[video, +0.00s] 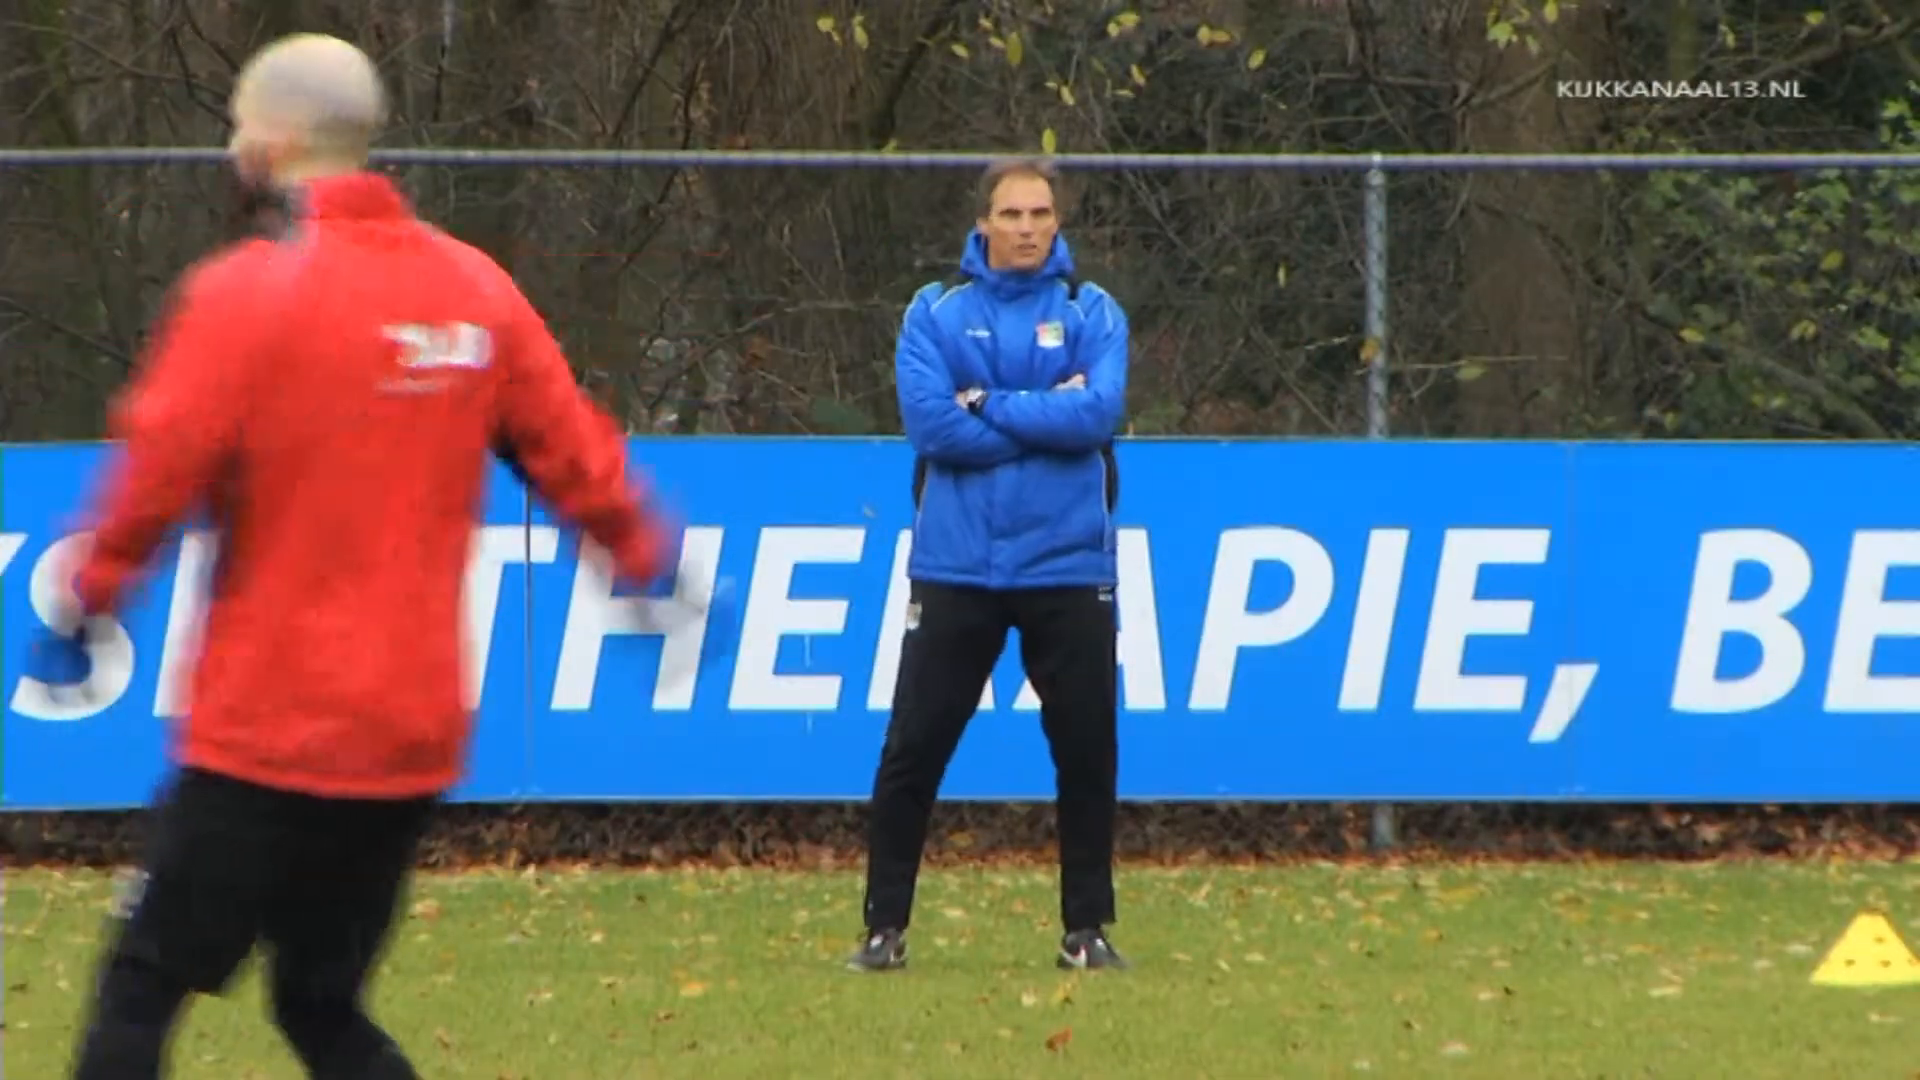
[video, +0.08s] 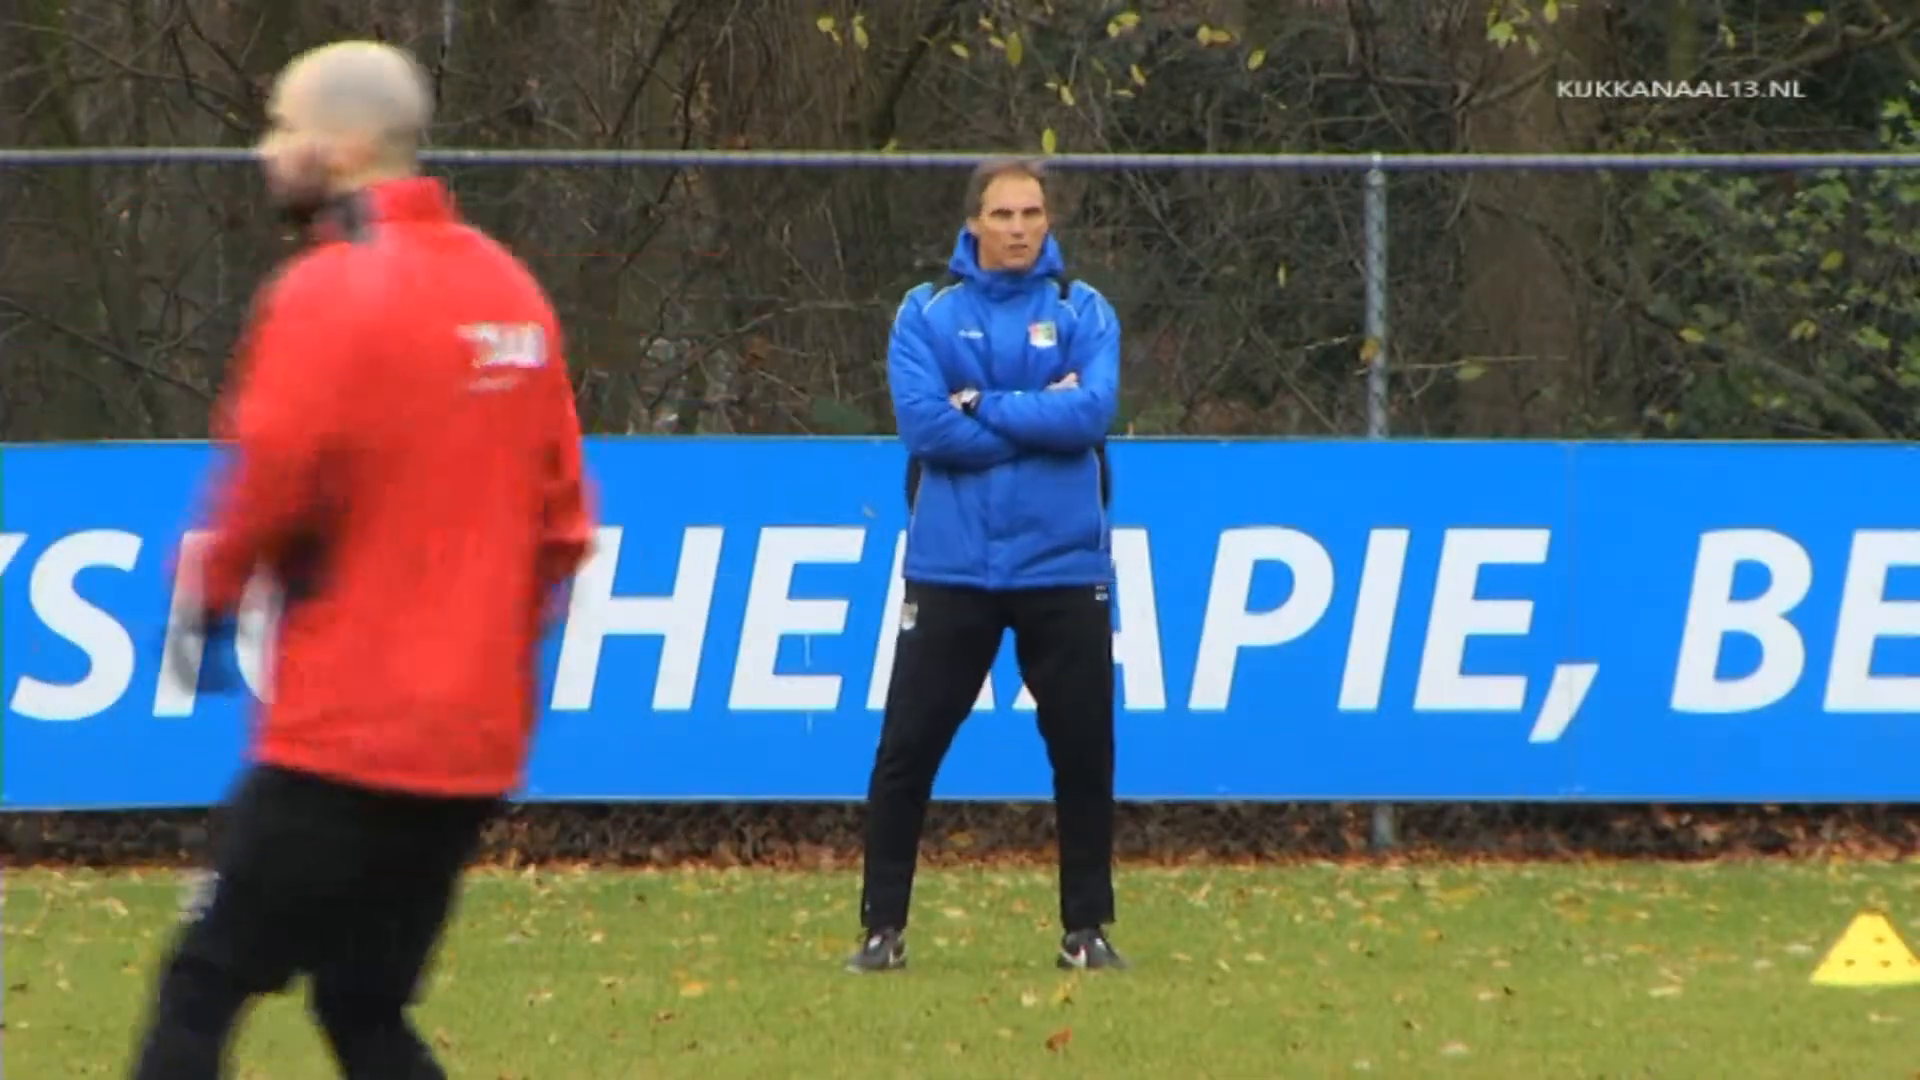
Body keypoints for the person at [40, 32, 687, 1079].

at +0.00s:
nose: (233, 146)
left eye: (241, 127)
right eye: (238, 126)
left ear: (271, 140)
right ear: (363, 138)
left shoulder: (246, 289)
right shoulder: (477, 287)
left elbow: (164, 465)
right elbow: (571, 451)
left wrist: (85, 589)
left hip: (266, 725)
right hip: (413, 727)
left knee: (140, 990)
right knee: (321, 1002)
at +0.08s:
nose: (264, 151)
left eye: (280, 129)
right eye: (268, 128)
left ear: (338, 145)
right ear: (400, 144)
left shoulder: (329, 287)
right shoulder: (511, 286)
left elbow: (275, 476)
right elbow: (563, 523)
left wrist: (209, 586)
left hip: (345, 729)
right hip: (477, 733)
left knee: (203, 985)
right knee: (367, 1007)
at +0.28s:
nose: (411, 106)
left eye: (437, 87)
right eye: (417, 85)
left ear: (518, 108)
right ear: (503, 111)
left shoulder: (556, 244)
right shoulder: (524, 243)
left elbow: (560, 444)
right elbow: (484, 454)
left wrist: (460, 586)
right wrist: (359, 511)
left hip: (549, 671)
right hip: (543, 666)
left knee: (400, 948)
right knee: (450, 965)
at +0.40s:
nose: (532, 108)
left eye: (560, 91)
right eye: (535, 86)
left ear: (640, 117)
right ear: (542, 98)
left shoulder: (701, 262)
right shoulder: (568, 253)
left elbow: (717, 459)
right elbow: (539, 438)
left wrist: (575, 561)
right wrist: (442, 474)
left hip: (651, 683)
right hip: (562, 672)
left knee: (528, 981)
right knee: (495, 977)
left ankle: (661, 1065)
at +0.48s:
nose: (620, 124)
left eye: (648, 108)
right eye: (620, 102)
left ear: (725, 131)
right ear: (623, 113)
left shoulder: (794, 282)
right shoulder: (624, 258)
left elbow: (823, 485)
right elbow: (581, 445)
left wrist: (677, 557)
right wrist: (507, 494)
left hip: (722, 714)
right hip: (608, 703)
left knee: (683, 1010)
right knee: (537, 983)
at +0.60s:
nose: (760, 152)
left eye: (795, 136)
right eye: (758, 130)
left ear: (875, 167)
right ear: (747, 138)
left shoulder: (943, 321)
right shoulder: (724, 283)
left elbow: (995, 518)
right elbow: (671, 460)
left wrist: (861, 572)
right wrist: (607, 528)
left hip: (880, 753)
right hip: (736, 736)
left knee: (838, 1020)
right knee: (634, 995)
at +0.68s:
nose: (894, 150)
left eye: (927, 129)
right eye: (876, 127)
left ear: (983, 146)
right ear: (850, 138)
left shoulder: (1042, 298)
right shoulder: (794, 277)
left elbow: (1113, 483)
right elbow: (722, 430)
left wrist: (989, 538)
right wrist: (676, 506)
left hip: (969, 720)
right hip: (822, 706)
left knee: (900, 988)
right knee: (718, 961)